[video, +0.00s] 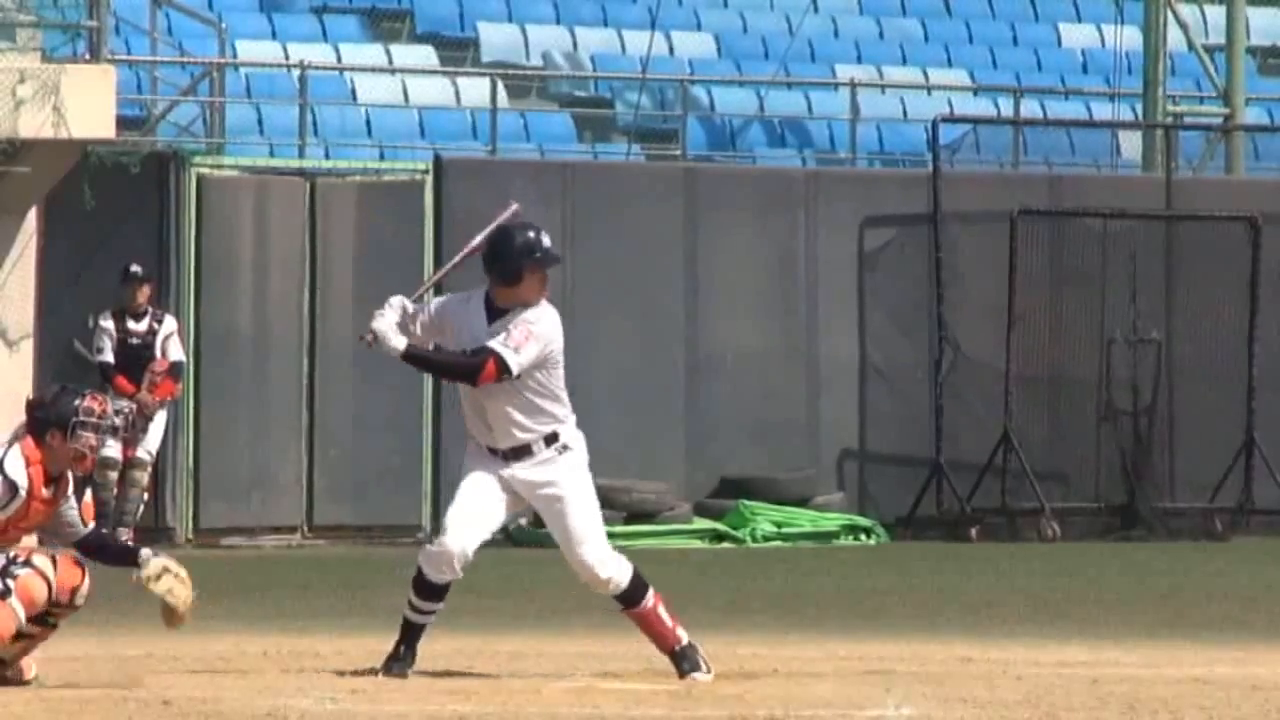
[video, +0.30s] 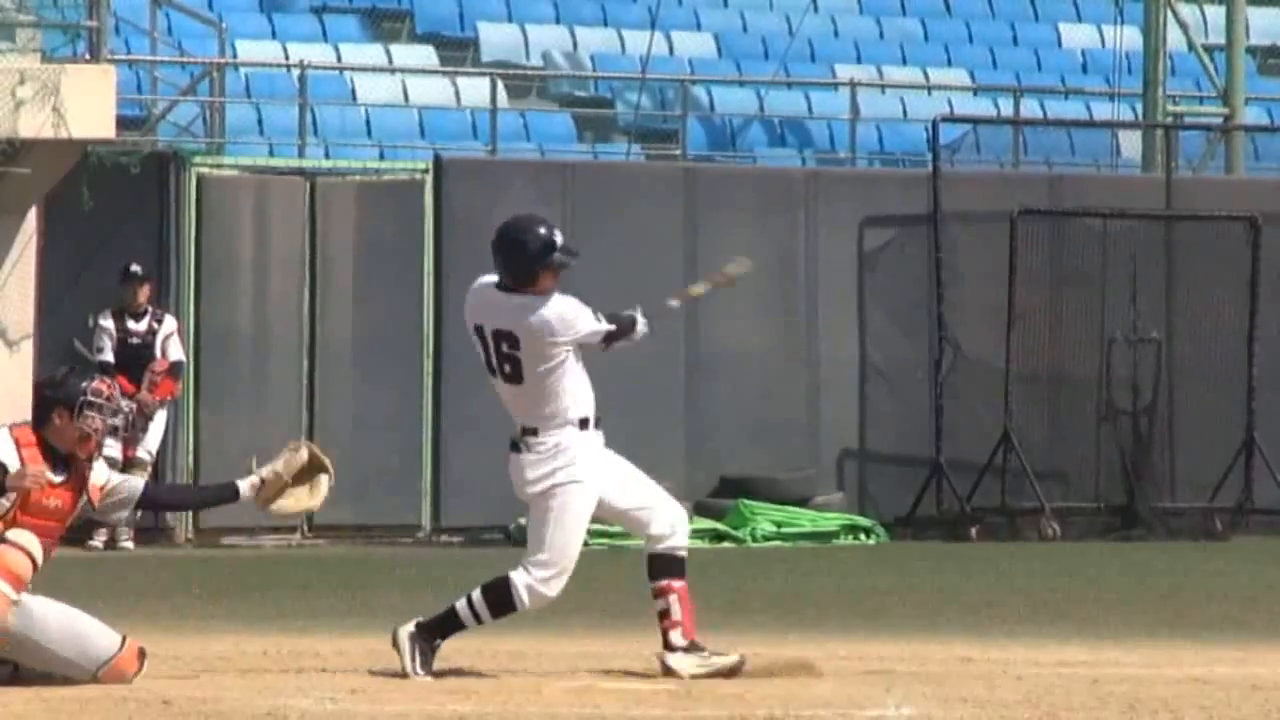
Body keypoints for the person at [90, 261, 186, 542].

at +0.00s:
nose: (136, 292)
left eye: (142, 286)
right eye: (131, 286)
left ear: (150, 290)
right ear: (123, 289)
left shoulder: (167, 324)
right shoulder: (108, 322)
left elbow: (176, 368)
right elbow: (106, 368)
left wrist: (157, 398)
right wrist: (136, 395)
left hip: (153, 400)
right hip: (117, 396)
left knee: (141, 459)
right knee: (108, 457)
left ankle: (125, 528)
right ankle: (104, 525)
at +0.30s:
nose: (136, 292)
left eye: (142, 286)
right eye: (131, 286)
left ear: (150, 289)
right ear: (122, 289)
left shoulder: (166, 324)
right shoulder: (108, 321)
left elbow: (176, 370)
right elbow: (104, 368)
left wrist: (157, 398)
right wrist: (135, 395)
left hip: (151, 401)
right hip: (114, 399)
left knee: (140, 461)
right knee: (108, 459)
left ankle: (125, 527)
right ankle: (102, 526)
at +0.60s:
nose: (145, 291)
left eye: (148, 285)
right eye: (139, 285)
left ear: (153, 290)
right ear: (125, 289)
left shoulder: (165, 323)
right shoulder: (107, 321)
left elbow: (176, 367)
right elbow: (105, 367)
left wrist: (158, 397)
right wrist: (137, 395)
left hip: (150, 399)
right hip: (116, 396)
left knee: (140, 460)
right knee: (108, 457)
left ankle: (125, 527)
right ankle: (102, 525)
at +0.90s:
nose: (151, 292)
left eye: (153, 286)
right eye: (145, 286)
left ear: (155, 290)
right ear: (129, 290)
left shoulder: (165, 324)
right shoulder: (107, 321)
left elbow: (175, 368)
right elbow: (104, 367)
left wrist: (157, 397)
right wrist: (136, 394)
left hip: (151, 400)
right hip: (117, 397)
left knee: (139, 465)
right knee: (108, 460)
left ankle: (125, 527)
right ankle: (102, 524)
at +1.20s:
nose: (154, 292)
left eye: (155, 286)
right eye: (147, 286)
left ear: (156, 290)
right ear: (131, 290)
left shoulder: (166, 323)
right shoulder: (110, 320)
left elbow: (177, 364)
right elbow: (106, 366)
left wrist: (161, 394)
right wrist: (138, 393)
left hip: (153, 399)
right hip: (120, 395)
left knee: (141, 460)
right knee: (109, 455)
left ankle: (126, 527)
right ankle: (103, 526)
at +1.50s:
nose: (154, 293)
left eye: (155, 286)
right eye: (147, 287)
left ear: (157, 290)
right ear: (132, 290)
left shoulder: (166, 323)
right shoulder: (109, 320)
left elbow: (176, 365)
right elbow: (106, 367)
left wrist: (162, 395)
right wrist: (139, 394)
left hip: (152, 398)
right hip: (120, 395)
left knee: (142, 459)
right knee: (111, 456)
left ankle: (125, 526)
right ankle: (102, 524)